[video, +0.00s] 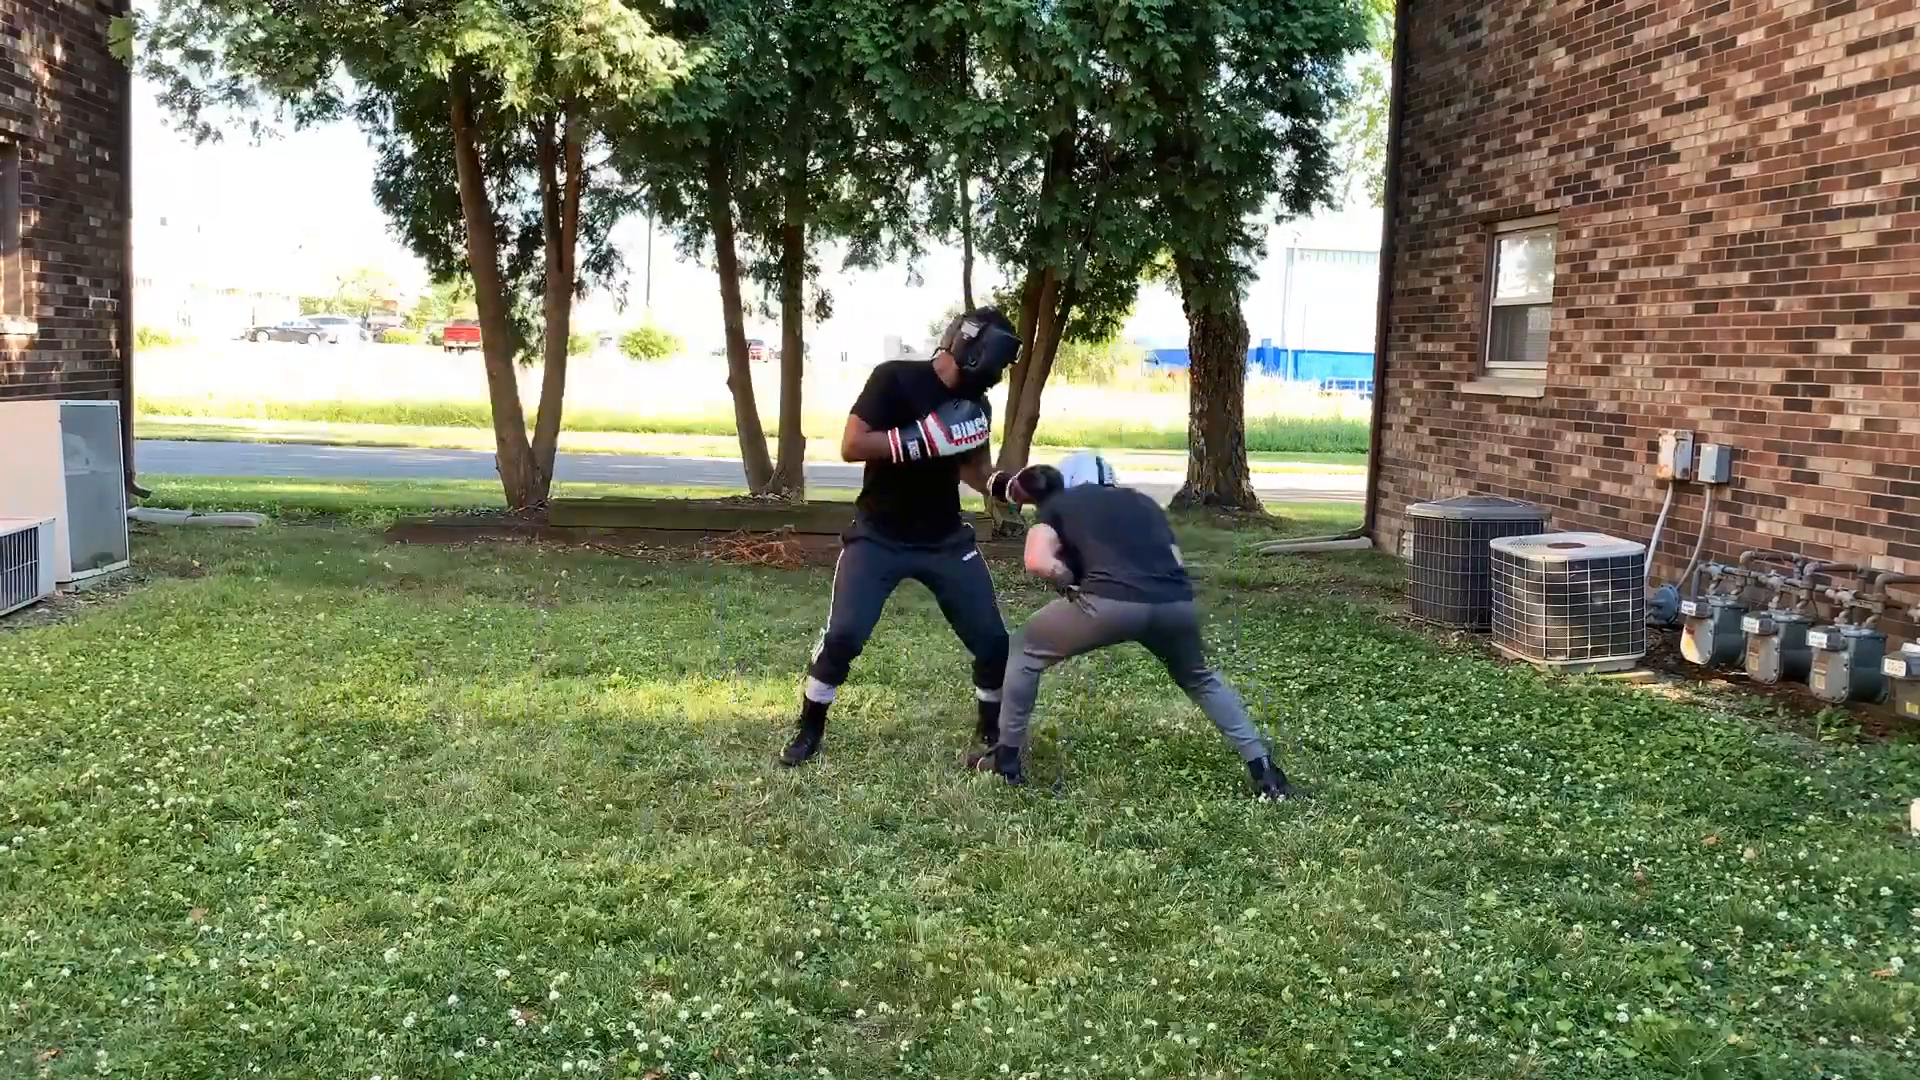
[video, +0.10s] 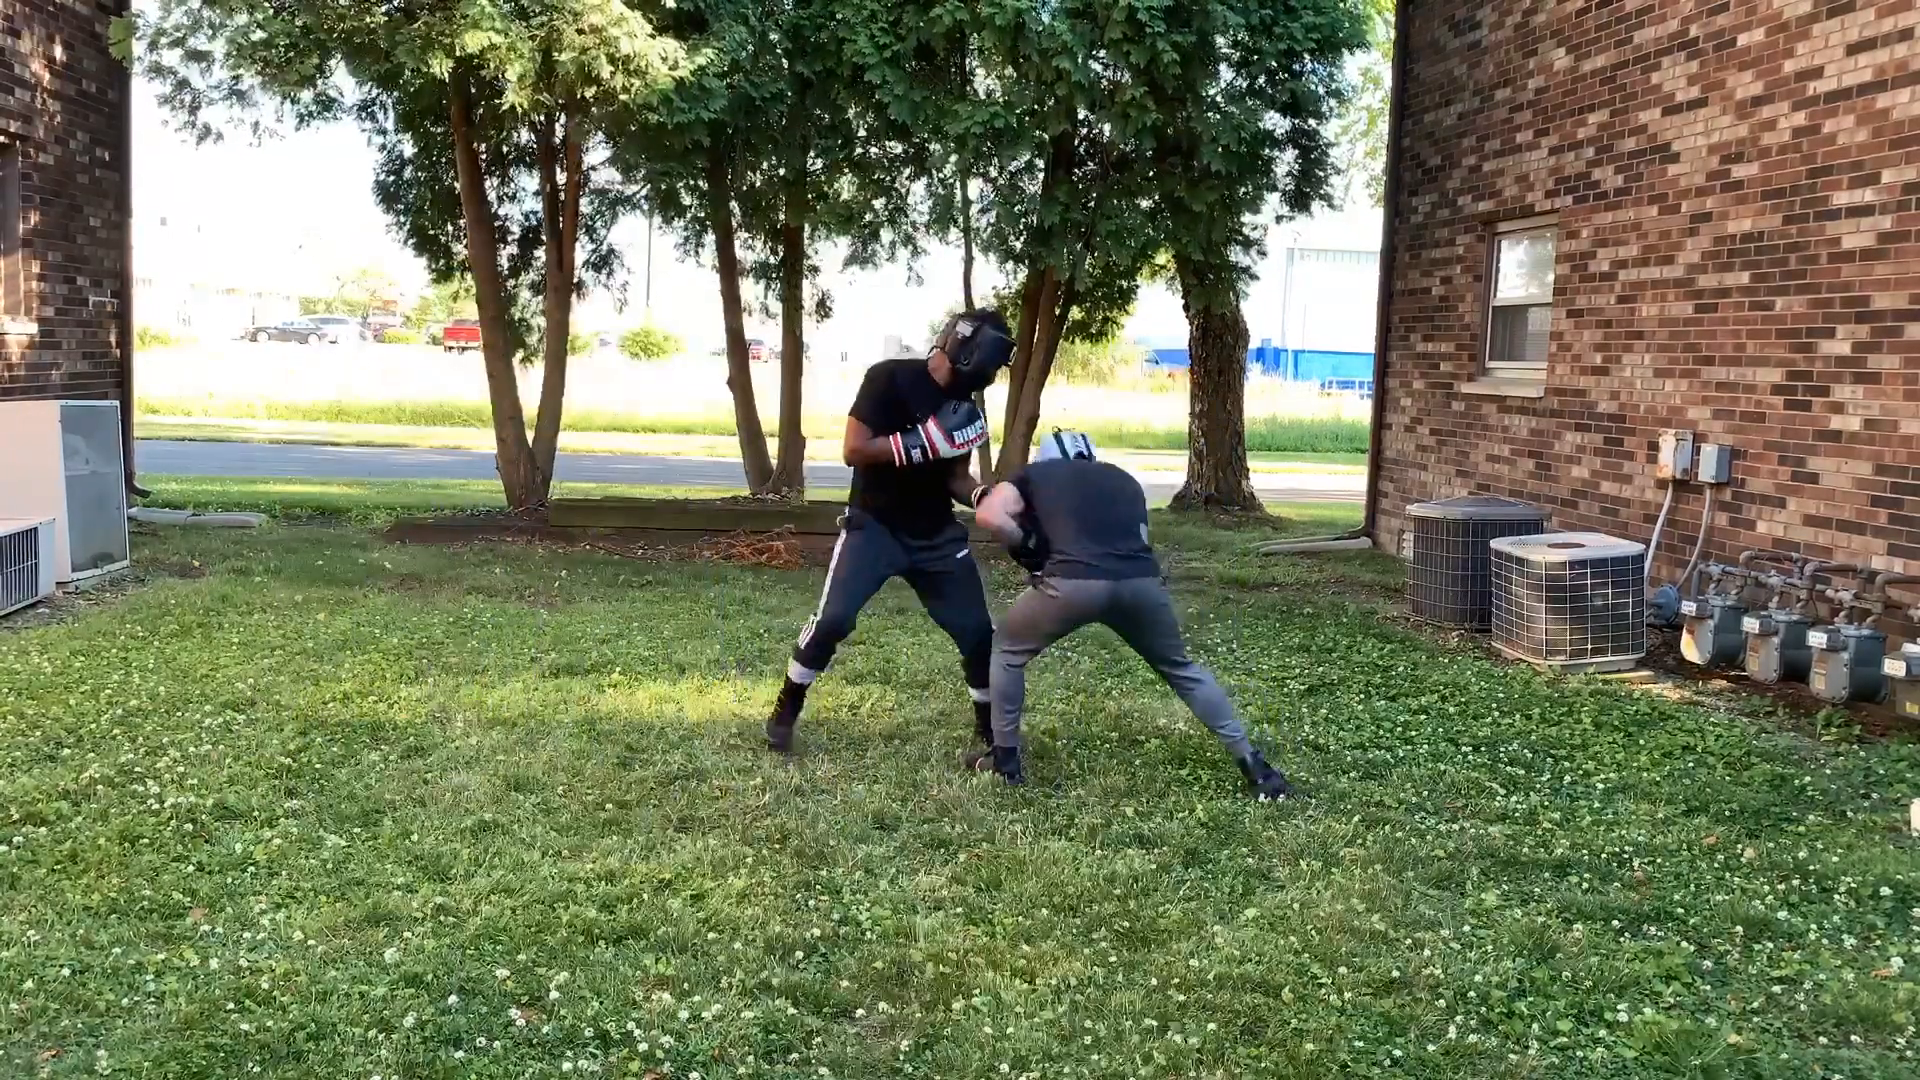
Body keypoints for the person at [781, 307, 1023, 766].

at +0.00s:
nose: (990, 374)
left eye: (997, 366)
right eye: (986, 362)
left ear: (995, 364)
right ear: (964, 348)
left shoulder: (975, 407)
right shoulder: (892, 379)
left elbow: (973, 466)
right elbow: (852, 445)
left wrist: (1001, 483)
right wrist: (918, 440)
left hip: (947, 542)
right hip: (877, 540)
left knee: (992, 641)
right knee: (844, 636)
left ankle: (991, 734)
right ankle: (808, 733)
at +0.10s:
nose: (987, 372)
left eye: (993, 365)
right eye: (983, 360)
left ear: (989, 364)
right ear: (957, 347)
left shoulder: (965, 407)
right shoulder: (887, 378)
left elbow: (955, 475)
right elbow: (853, 450)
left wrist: (984, 497)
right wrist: (917, 441)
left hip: (938, 537)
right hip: (874, 530)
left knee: (978, 633)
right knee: (834, 620)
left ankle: (990, 732)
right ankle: (787, 709)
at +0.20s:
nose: (959, 366)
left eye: (966, 358)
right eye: (958, 354)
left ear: (952, 355)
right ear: (934, 341)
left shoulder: (941, 405)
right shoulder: (865, 384)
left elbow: (951, 472)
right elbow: (837, 459)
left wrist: (981, 510)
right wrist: (902, 440)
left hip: (918, 540)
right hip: (853, 539)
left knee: (967, 639)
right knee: (813, 633)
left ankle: (991, 736)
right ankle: (740, 694)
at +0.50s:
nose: (838, 347)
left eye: (840, 337)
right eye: (830, 336)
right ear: (798, 334)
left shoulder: (836, 388)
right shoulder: (749, 393)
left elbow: (842, 447)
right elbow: (739, 470)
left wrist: (876, 453)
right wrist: (798, 444)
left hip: (843, 529)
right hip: (779, 535)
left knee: (902, 619)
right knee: (754, 634)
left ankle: (932, 712)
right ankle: (709, 705)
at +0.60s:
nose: (834, 336)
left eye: (836, 326)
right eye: (825, 325)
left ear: (834, 324)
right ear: (794, 322)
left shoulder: (837, 367)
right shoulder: (739, 367)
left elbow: (891, 404)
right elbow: (717, 441)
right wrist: (771, 420)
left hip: (825, 506)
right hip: (759, 506)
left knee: (873, 600)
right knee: (734, 609)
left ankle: (873, 696)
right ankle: (706, 704)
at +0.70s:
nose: (820, 333)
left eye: (824, 323)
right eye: (811, 323)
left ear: (825, 323)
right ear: (782, 319)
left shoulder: (828, 361)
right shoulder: (731, 363)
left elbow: (895, 383)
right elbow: (710, 435)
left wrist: (953, 375)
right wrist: (756, 413)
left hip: (805, 507)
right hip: (741, 501)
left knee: (836, 601)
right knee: (706, 593)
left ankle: (841, 703)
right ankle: (682, 684)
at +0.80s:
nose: (791, 330)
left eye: (796, 321)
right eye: (782, 319)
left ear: (799, 322)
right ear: (753, 316)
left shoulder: (806, 356)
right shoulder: (708, 371)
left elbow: (874, 367)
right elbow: (700, 444)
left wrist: (918, 350)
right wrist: (745, 410)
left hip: (795, 515)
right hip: (728, 514)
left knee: (831, 602)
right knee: (677, 602)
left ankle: (841, 700)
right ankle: (652, 660)